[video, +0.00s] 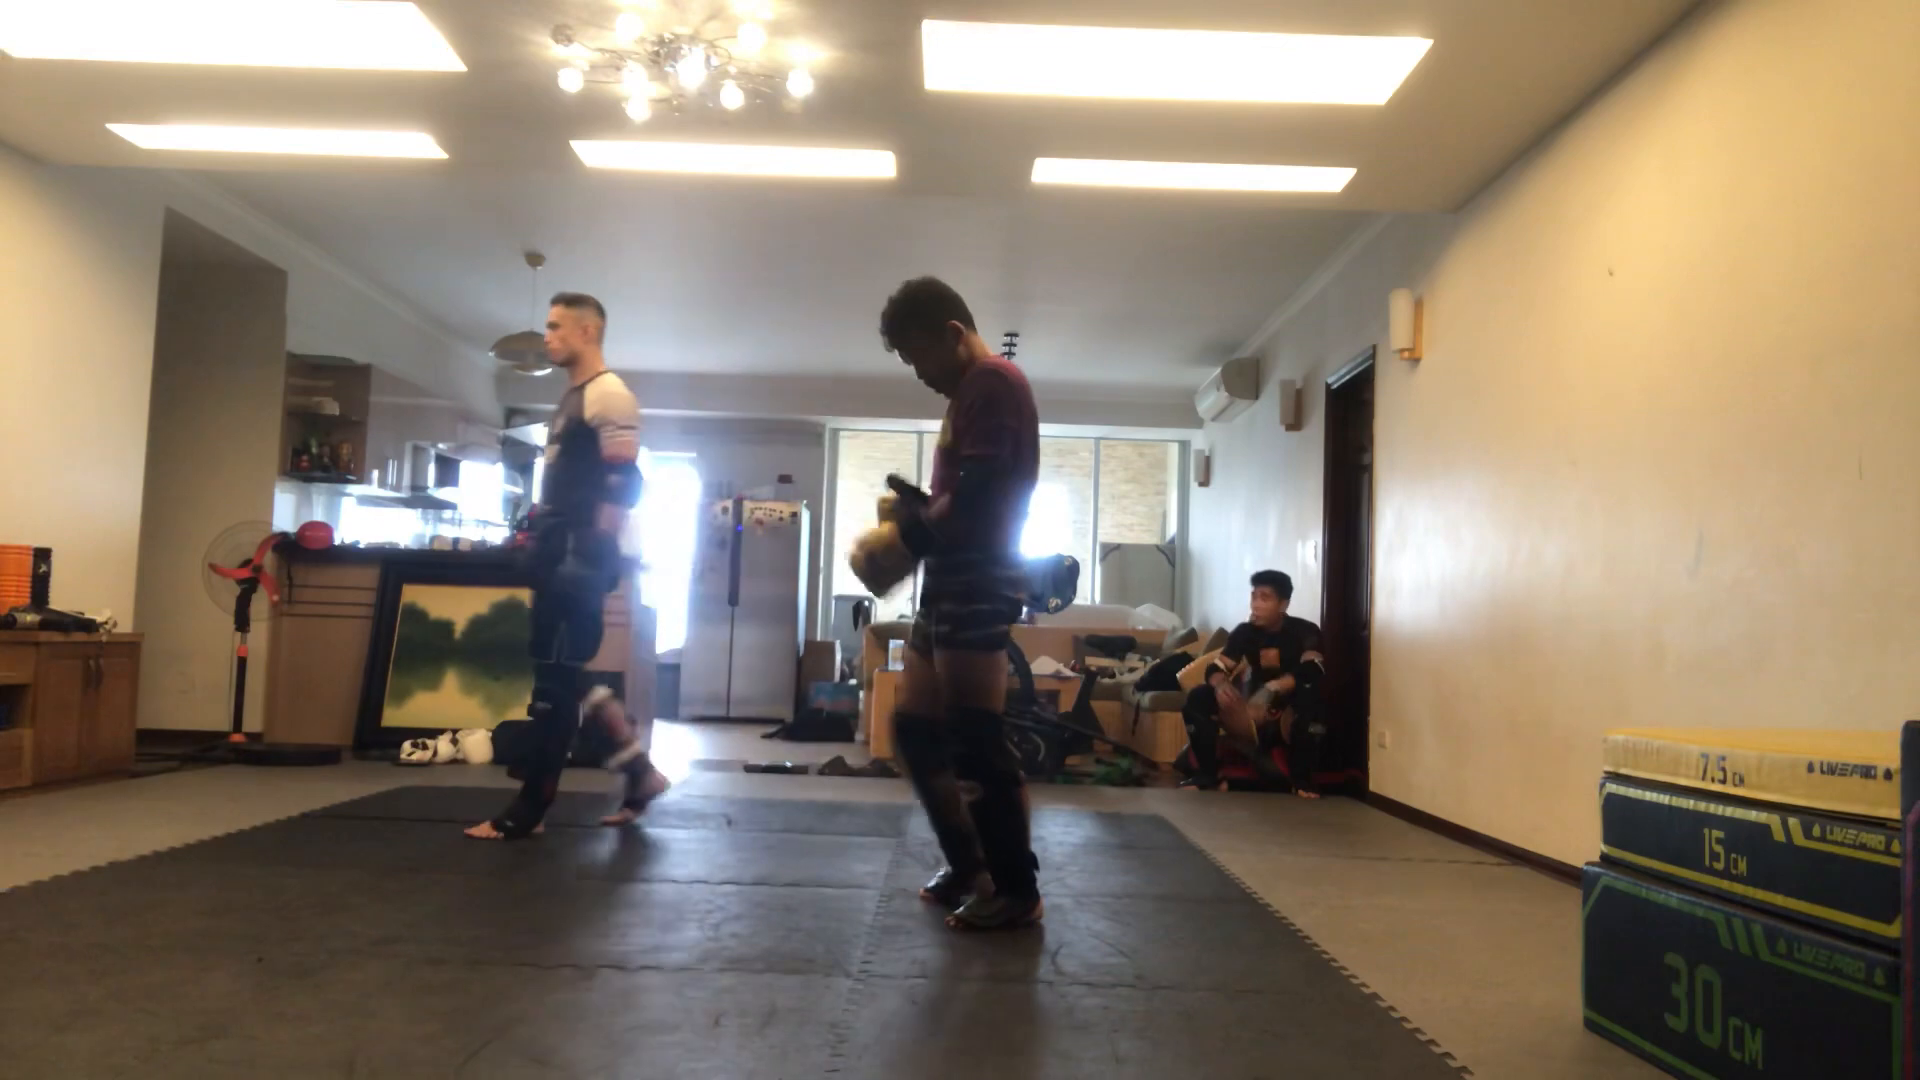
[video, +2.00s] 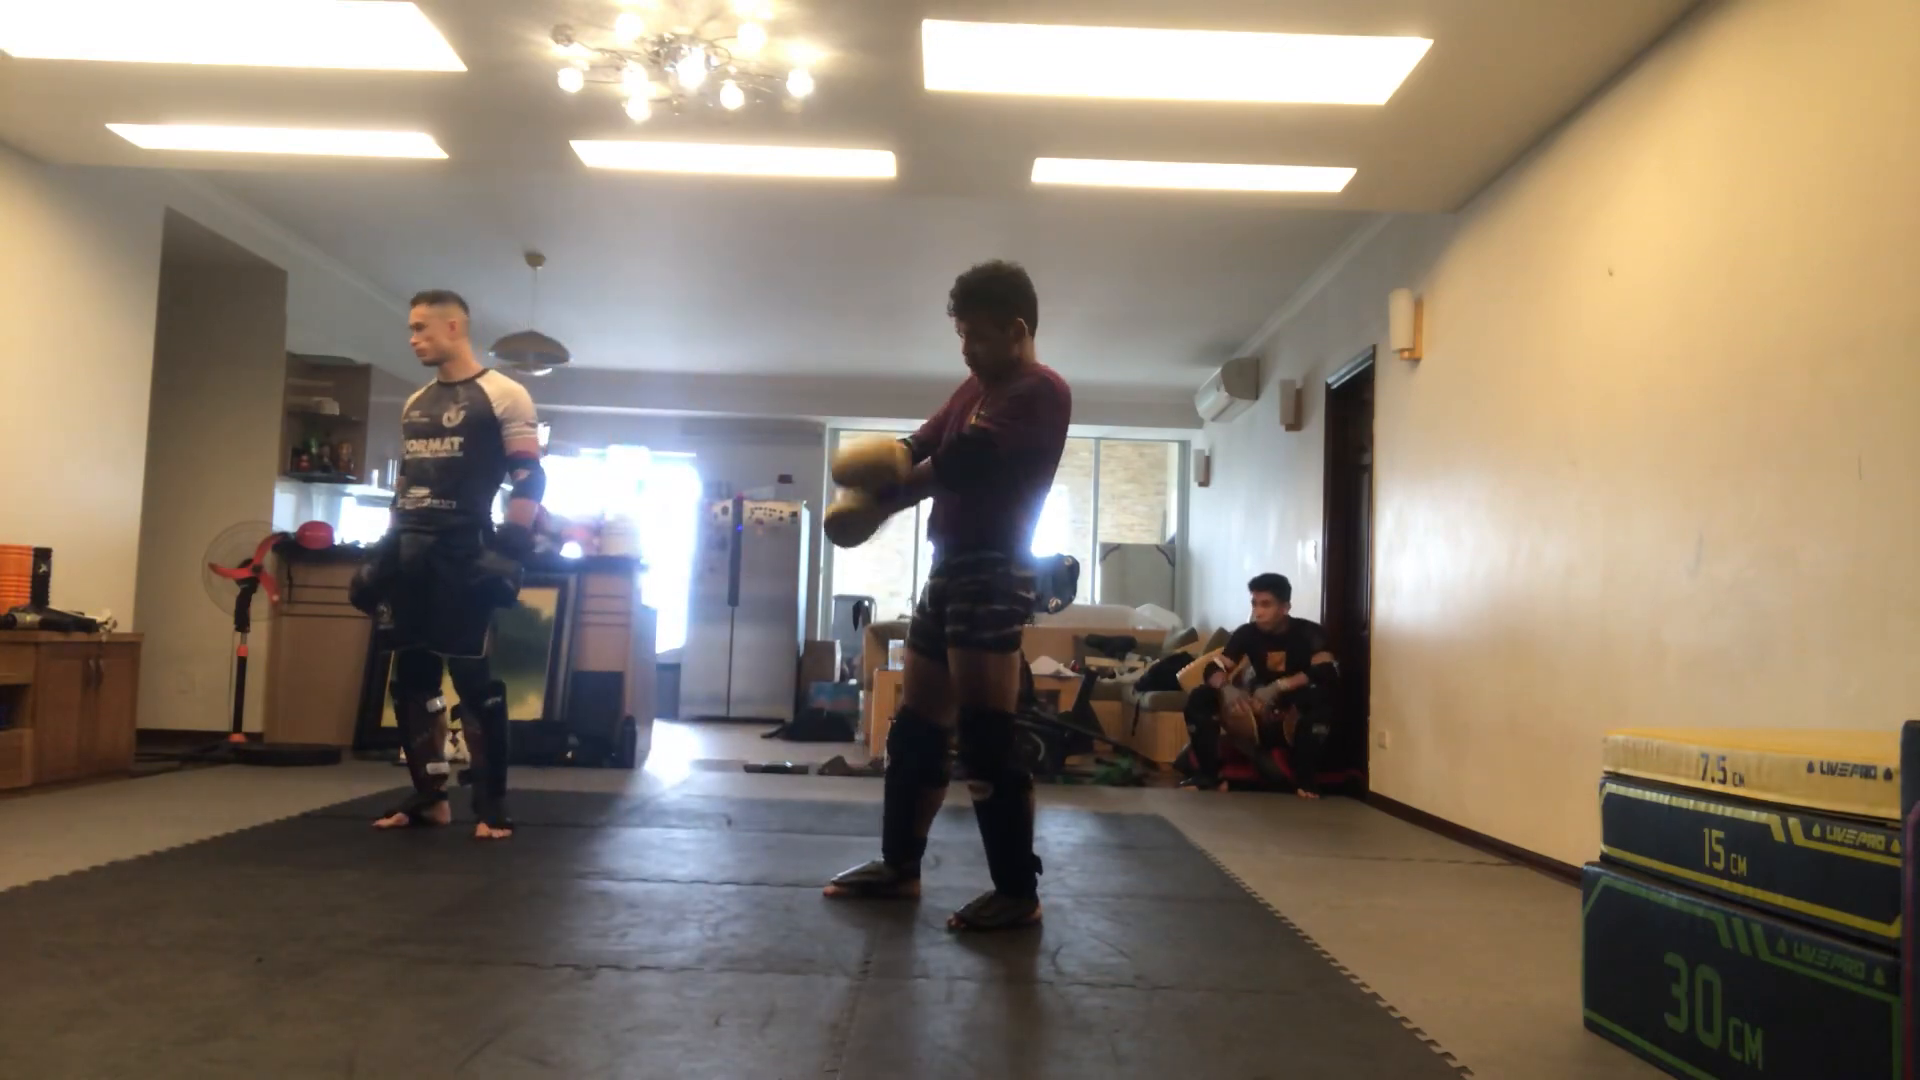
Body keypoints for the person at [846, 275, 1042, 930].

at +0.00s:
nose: (915, 371)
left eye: (916, 356)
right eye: (908, 360)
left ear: (954, 334)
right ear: (951, 339)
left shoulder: (993, 387)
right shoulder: (970, 394)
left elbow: (977, 511)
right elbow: (956, 500)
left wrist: (913, 531)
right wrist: (914, 522)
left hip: (978, 586)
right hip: (948, 586)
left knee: (977, 732)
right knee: (915, 727)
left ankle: (1017, 891)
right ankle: (968, 865)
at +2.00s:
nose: (963, 347)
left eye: (974, 333)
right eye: (960, 333)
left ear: (1018, 328)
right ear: (969, 329)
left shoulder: (1042, 391)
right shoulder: (972, 390)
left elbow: (966, 464)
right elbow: (918, 446)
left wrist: (884, 503)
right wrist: (868, 478)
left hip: (993, 576)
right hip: (945, 575)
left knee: (988, 735)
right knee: (919, 728)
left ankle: (1017, 893)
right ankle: (899, 869)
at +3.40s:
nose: (898, 345)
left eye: (905, 332)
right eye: (900, 333)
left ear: (937, 333)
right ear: (946, 337)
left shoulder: (953, 387)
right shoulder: (973, 392)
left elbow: (958, 481)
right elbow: (967, 497)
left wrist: (913, 566)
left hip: (961, 580)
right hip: (980, 580)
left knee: (908, 723)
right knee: (955, 734)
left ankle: (883, 859)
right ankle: (958, 868)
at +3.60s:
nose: (891, 339)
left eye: (898, 326)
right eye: (894, 327)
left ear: (929, 329)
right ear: (938, 333)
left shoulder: (943, 390)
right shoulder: (966, 392)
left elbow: (962, 483)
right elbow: (977, 492)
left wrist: (930, 575)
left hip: (944, 580)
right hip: (974, 581)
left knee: (896, 718)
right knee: (951, 732)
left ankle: (878, 859)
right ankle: (958, 866)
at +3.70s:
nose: (887, 337)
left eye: (895, 324)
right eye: (891, 324)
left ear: (926, 329)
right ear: (934, 333)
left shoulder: (939, 393)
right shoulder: (959, 393)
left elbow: (950, 497)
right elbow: (962, 504)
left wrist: (922, 592)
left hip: (936, 584)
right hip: (963, 585)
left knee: (896, 726)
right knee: (950, 733)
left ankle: (878, 866)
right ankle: (957, 867)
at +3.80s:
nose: (883, 335)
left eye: (890, 322)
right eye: (886, 322)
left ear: (921, 328)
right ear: (928, 331)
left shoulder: (933, 398)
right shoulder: (950, 397)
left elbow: (935, 505)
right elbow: (940, 509)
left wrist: (911, 593)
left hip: (922, 583)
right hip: (947, 585)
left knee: (889, 729)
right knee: (941, 734)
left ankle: (876, 866)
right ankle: (957, 865)